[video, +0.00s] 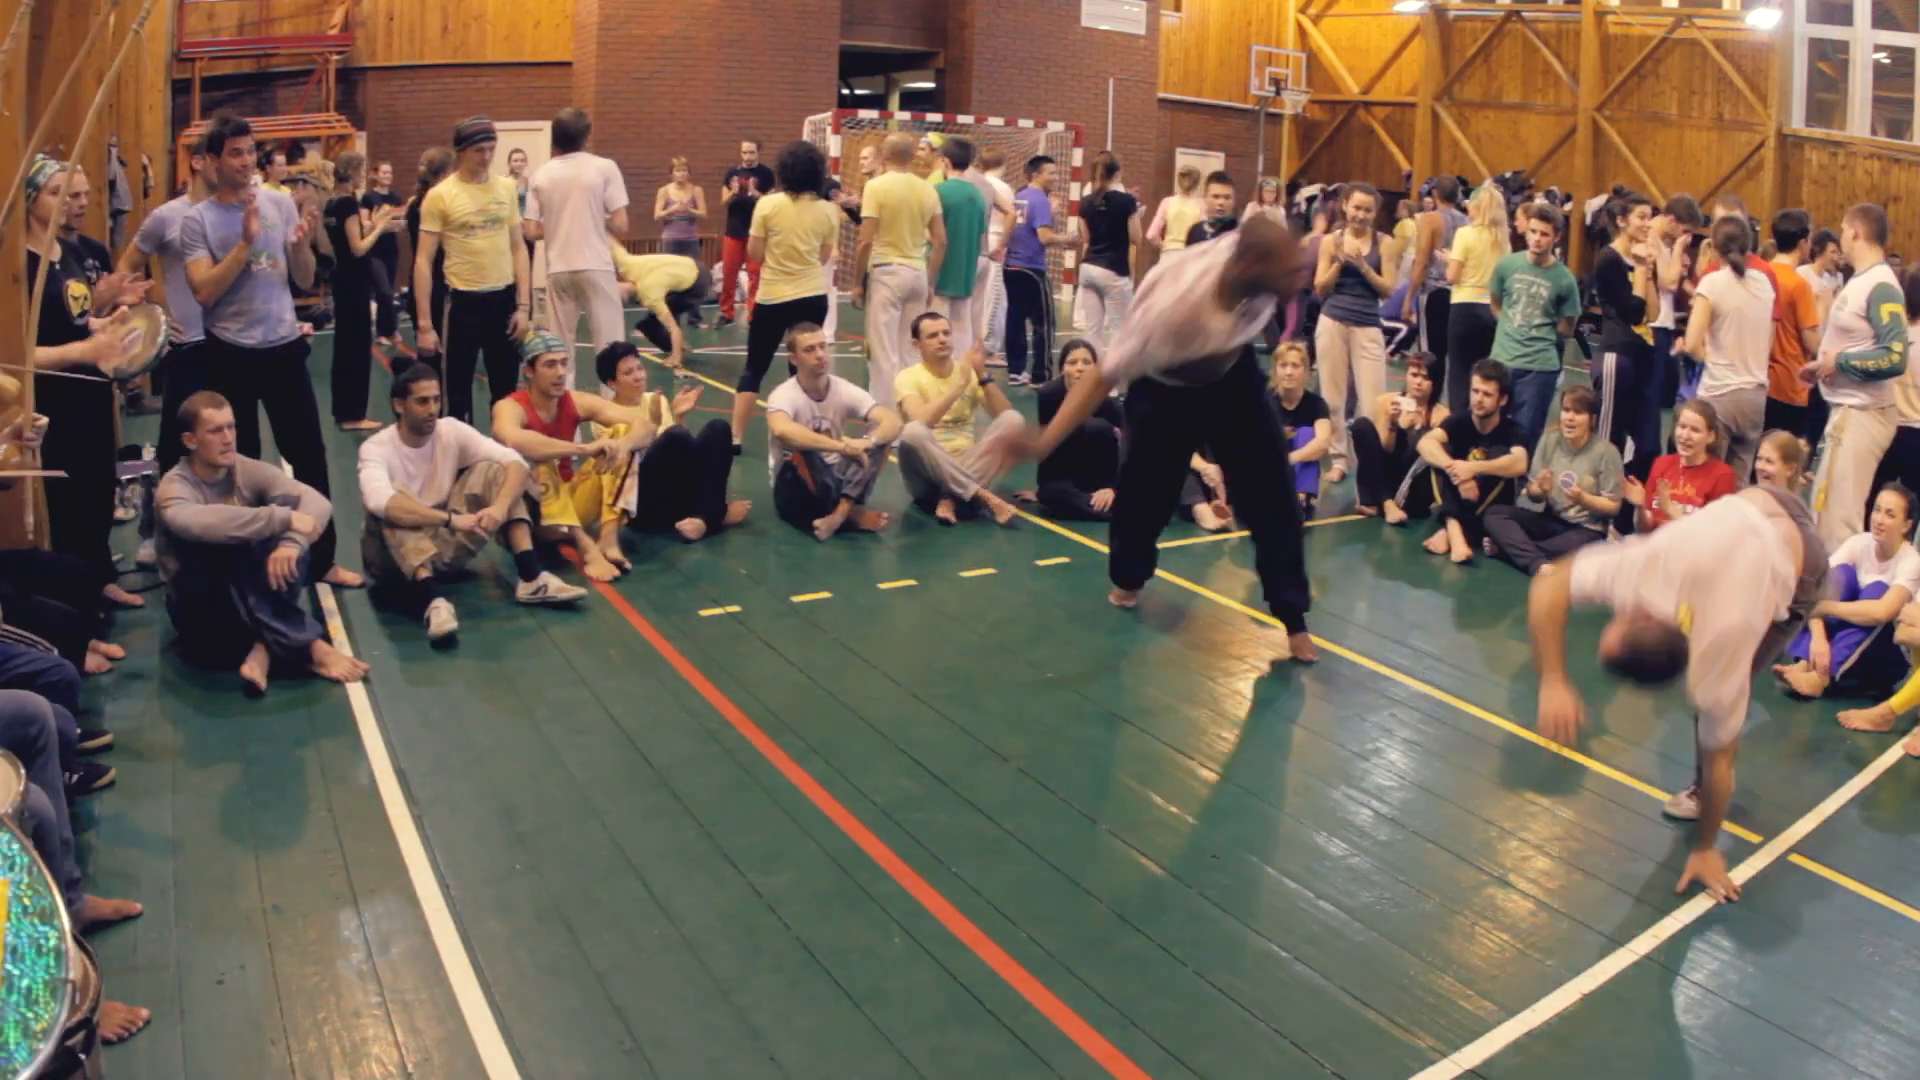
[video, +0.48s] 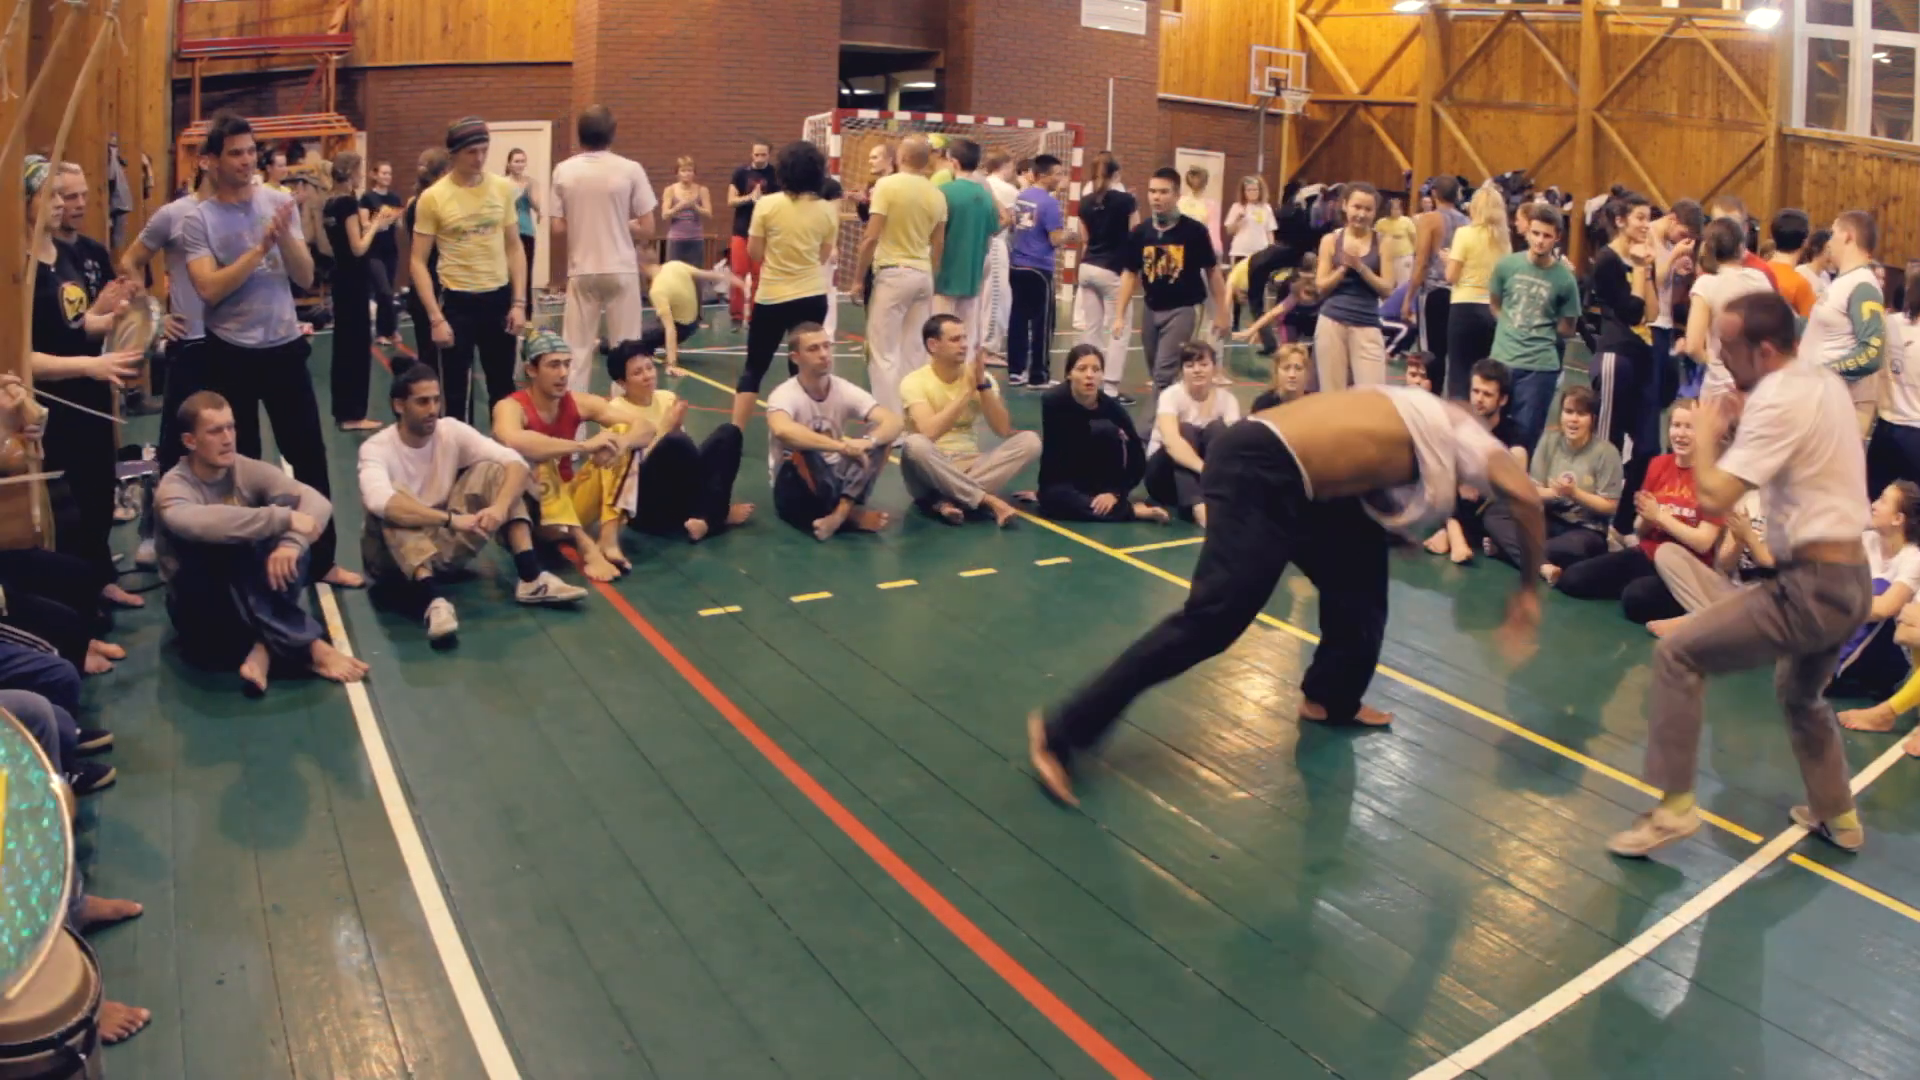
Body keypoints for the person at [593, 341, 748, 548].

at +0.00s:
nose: (638, 376)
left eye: (640, 368)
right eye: (628, 373)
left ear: (645, 369)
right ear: (612, 384)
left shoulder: (658, 403)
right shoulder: (604, 420)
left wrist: (678, 417)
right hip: (646, 512)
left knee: (719, 428)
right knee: (677, 438)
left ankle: (701, 516)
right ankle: (718, 514)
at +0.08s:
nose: (639, 376)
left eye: (640, 368)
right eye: (629, 372)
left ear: (646, 368)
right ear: (612, 384)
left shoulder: (659, 402)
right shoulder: (606, 420)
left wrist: (674, 419)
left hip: (682, 504)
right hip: (646, 511)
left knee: (721, 429)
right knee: (677, 438)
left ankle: (702, 516)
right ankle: (718, 513)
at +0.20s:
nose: (640, 375)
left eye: (642, 368)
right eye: (631, 373)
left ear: (647, 368)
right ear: (615, 384)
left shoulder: (660, 401)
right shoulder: (608, 419)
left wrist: (670, 421)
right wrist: (662, 426)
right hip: (646, 512)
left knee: (724, 430)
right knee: (676, 439)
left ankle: (701, 515)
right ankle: (719, 513)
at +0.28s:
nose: (642, 375)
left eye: (643, 368)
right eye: (632, 372)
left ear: (649, 368)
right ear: (617, 384)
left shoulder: (661, 400)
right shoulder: (610, 413)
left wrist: (676, 419)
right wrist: (661, 420)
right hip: (646, 512)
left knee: (725, 431)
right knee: (676, 439)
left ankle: (702, 516)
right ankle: (720, 513)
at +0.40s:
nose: (645, 375)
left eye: (647, 367)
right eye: (635, 372)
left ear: (652, 368)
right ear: (619, 383)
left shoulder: (665, 400)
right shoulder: (613, 413)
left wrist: (677, 418)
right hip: (647, 512)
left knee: (727, 432)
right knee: (676, 440)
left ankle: (703, 518)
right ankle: (719, 513)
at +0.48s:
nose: (647, 376)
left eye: (649, 368)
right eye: (637, 372)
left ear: (655, 368)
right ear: (622, 382)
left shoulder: (667, 400)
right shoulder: (614, 412)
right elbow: (629, 470)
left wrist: (677, 427)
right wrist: (665, 430)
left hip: (684, 505)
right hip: (647, 512)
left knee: (729, 432)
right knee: (676, 444)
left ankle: (704, 517)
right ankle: (719, 514)